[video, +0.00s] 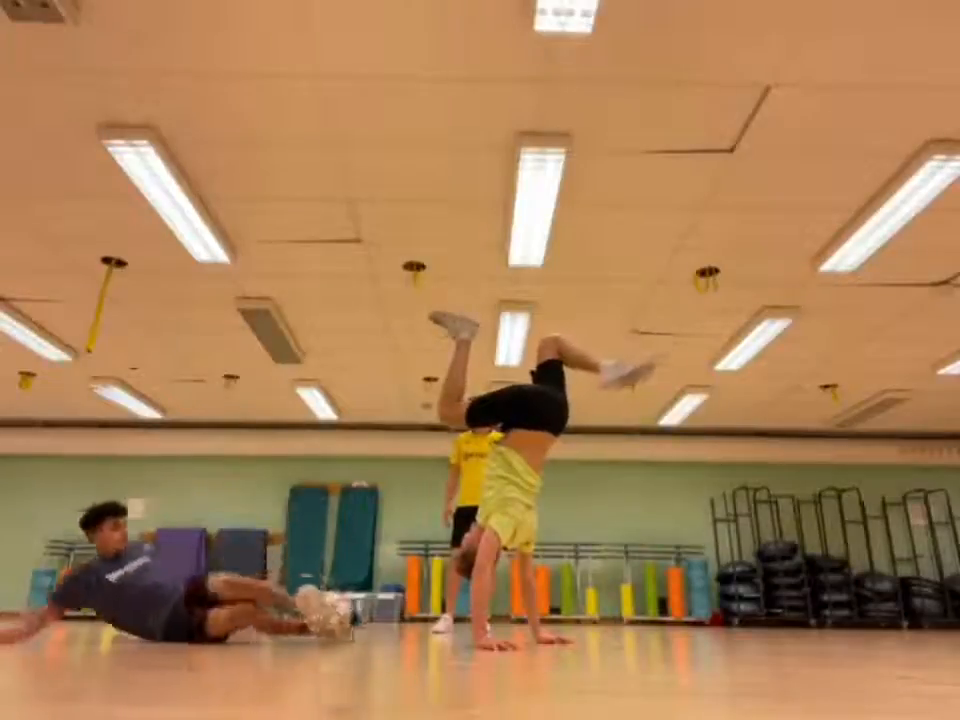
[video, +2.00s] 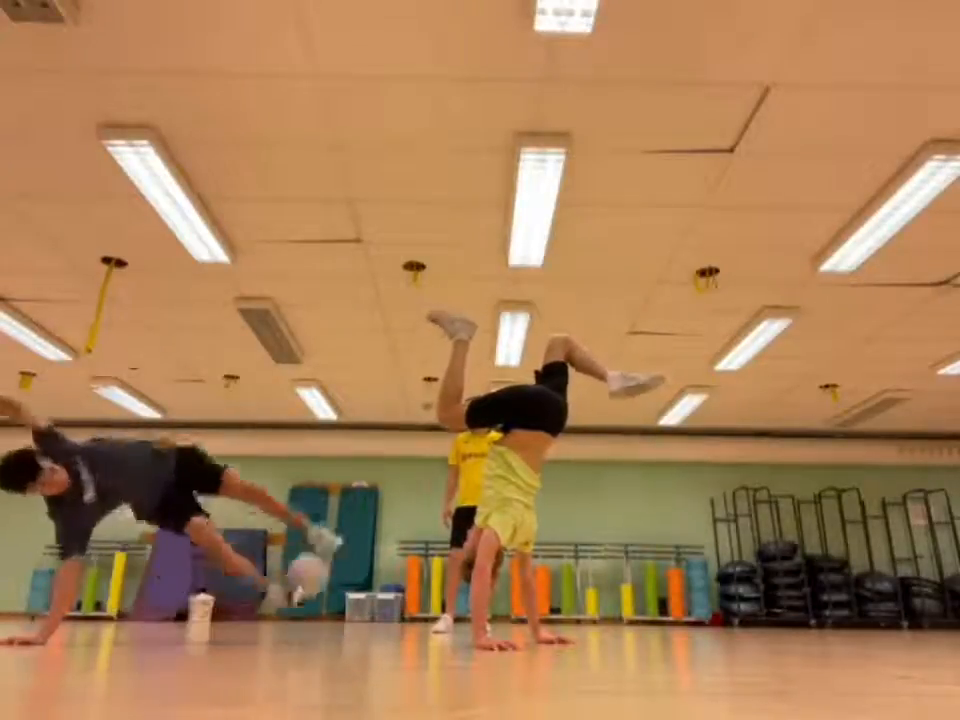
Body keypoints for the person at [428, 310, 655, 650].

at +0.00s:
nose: (469, 534)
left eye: (465, 540)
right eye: (470, 541)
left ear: (469, 542)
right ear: (472, 542)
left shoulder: (523, 535)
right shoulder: (494, 526)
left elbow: (527, 584)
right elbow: (481, 574)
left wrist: (537, 631)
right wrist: (481, 635)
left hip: (552, 413)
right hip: (530, 410)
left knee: (550, 345)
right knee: (451, 413)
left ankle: (607, 370)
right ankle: (464, 339)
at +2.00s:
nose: (483, 572)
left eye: (485, 574)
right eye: (481, 573)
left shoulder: (524, 536)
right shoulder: (493, 528)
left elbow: (526, 584)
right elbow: (481, 577)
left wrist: (537, 631)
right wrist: (481, 636)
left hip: (553, 414)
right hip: (529, 408)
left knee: (559, 344)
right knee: (450, 417)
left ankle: (613, 378)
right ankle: (461, 340)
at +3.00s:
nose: (481, 557)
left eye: (473, 556)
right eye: (477, 556)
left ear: (472, 549)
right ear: (473, 543)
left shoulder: (526, 538)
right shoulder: (497, 528)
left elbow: (528, 585)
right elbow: (483, 577)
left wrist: (537, 632)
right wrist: (482, 636)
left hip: (557, 412)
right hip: (536, 412)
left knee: (549, 345)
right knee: (457, 407)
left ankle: (620, 317)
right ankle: (450, 334)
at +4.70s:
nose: (476, 543)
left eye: (473, 548)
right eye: (476, 546)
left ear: (475, 547)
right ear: (481, 544)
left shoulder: (528, 540)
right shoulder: (504, 531)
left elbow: (529, 586)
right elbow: (484, 575)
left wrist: (538, 632)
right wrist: (481, 635)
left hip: (572, 416)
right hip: (554, 416)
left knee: (580, 347)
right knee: (471, 409)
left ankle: (658, 323)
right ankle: (472, 331)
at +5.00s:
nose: (482, 542)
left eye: (480, 545)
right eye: (481, 543)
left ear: (482, 550)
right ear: (484, 544)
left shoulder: (530, 541)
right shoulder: (509, 534)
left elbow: (530, 588)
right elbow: (482, 576)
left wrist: (536, 632)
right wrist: (480, 635)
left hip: (598, 436)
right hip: (582, 432)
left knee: (634, 367)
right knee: (515, 382)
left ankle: (714, 359)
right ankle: (527, 301)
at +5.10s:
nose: (488, 525)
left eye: (486, 534)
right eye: (487, 533)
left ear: (490, 546)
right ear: (490, 540)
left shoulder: (530, 538)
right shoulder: (514, 532)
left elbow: (535, 586)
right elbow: (486, 574)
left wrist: (537, 632)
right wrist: (480, 637)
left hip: (604, 438)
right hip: (596, 436)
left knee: (655, 374)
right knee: (538, 362)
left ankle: (736, 390)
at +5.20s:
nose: (495, 524)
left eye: (494, 536)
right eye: (494, 531)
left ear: (495, 550)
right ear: (497, 537)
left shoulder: (535, 539)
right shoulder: (519, 534)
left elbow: (535, 586)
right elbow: (485, 579)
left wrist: (537, 630)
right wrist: (479, 637)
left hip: (618, 452)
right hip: (609, 441)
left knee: (683, 394)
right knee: (576, 353)